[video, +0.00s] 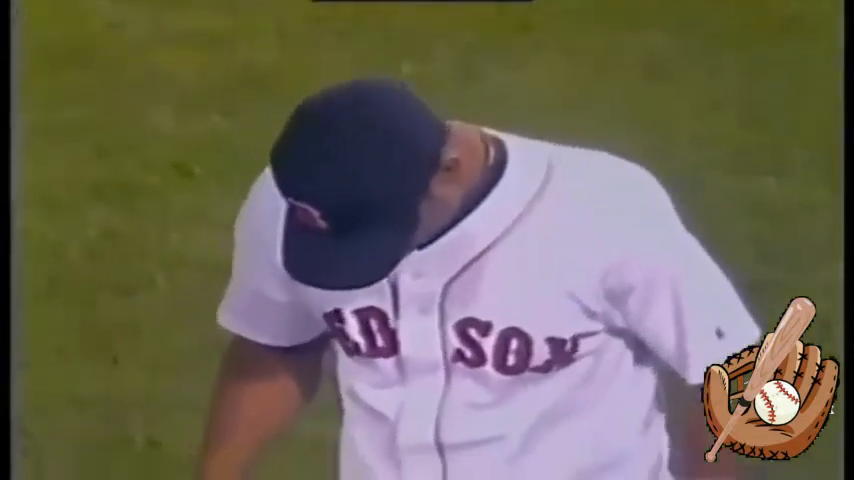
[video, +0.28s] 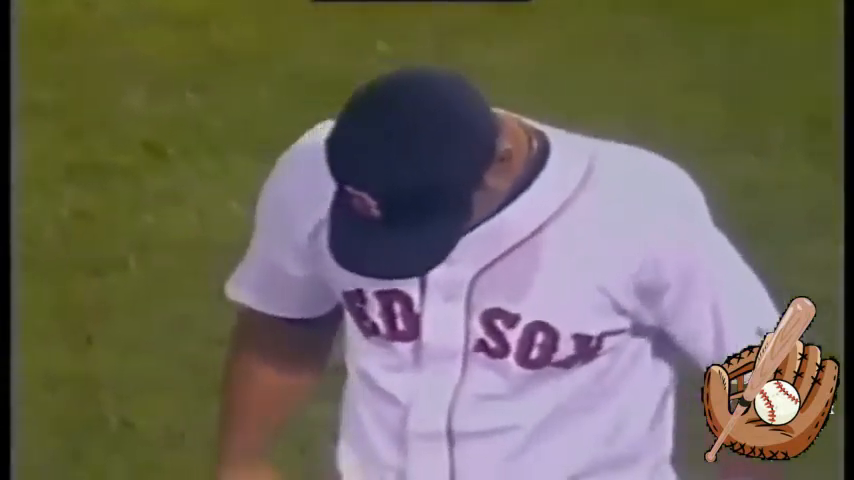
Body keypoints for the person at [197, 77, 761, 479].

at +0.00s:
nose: (355, 274)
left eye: (378, 245)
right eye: (335, 252)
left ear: (447, 172)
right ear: (303, 200)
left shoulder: (611, 208)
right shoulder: (292, 205)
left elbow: (740, 378)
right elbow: (273, 350)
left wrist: (705, 464)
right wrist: (218, 469)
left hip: (599, 470)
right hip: (386, 468)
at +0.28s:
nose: (402, 249)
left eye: (423, 227)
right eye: (382, 229)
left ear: (492, 169)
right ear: (346, 169)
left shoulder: (645, 206)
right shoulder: (318, 176)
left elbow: (766, 374)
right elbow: (281, 333)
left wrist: (751, 441)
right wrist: (241, 462)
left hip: (597, 468)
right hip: (379, 466)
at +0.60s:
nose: (299, 250)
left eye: (323, 229)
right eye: (280, 227)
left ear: (396, 166)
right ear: (246, 171)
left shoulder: (538, 207)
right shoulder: (213, 177)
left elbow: (669, 377)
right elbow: (162, 329)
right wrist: (126, 458)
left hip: (485, 469)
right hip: (268, 468)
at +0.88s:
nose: (289, 234)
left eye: (311, 208)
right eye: (268, 212)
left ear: (377, 142)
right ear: (230, 158)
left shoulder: (518, 185)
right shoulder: (194, 174)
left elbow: (687, 344)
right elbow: (151, 328)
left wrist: (766, 432)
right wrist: (119, 467)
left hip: (466, 470)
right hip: (257, 467)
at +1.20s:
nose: (277, 186)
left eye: (298, 167)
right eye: (254, 172)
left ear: (360, 106)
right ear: (217, 118)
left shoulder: (489, 176)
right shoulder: (167, 175)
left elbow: (626, 341)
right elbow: (127, 320)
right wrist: (127, 450)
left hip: (457, 469)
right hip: (245, 468)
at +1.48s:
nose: (279, 155)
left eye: (301, 132)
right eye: (257, 137)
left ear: (368, 77)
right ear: (223, 93)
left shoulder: (473, 195)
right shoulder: (159, 157)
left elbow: (473, 420)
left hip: (411, 471)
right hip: (223, 465)